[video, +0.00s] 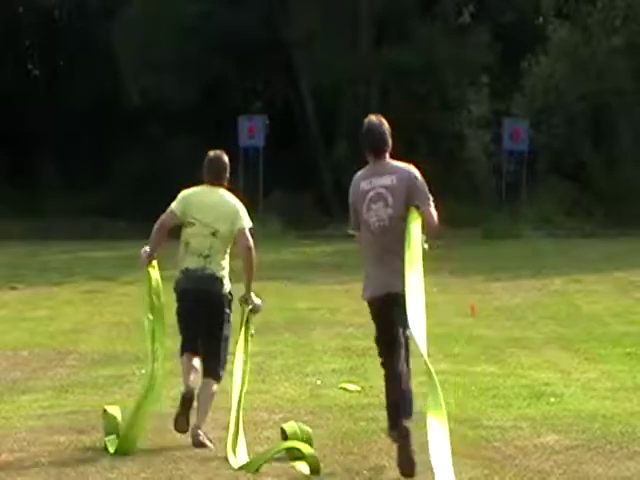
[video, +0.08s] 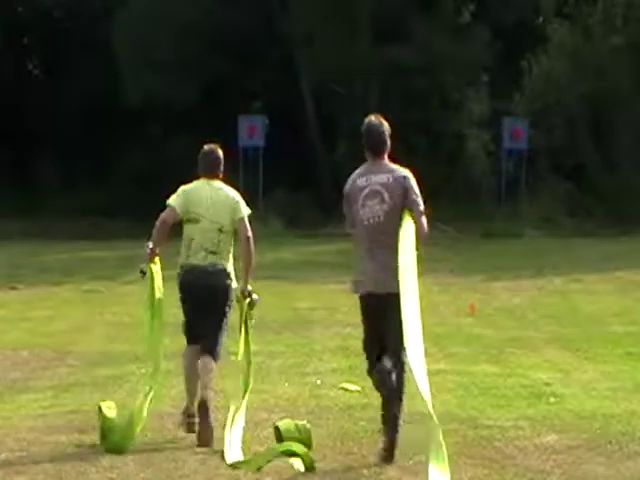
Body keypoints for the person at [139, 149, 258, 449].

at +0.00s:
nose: (220, 178)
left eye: (212, 171)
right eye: (225, 174)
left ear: (203, 173)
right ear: (227, 176)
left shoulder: (188, 196)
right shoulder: (235, 205)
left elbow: (162, 224)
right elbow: (247, 246)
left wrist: (151, 251)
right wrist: (248, 290)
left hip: (186, 280)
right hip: (216, 284)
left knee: (189, 344)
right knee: (213, 363)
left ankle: (189, 387)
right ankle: (198, 428)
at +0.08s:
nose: (215, 171)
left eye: (207, 166)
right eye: (220, 166)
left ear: (199, 168)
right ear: (222, 168)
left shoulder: (187, 192)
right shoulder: (234, 197)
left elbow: (164, 220)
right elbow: (246, 239)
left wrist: (153, 248)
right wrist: (246, 282)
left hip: (189, 273)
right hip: (220, 275)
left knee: (193, 343)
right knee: (209, 346)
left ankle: (190, 406)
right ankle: (205, 397)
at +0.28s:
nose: (230, 172)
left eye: (227, 167)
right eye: (230, 168)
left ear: (204, 169)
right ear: (226, 169)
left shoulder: (191, 192)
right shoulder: (233, 196)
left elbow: (168, 220)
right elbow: (244, 234)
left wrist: (157, 248)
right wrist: (247, 271)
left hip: (196, 272)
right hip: (224, 272)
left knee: (195, 342)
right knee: (220, 335)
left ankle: (196, 411)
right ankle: (216, 375)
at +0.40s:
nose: (242, 170)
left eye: (240, 164)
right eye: (241, 165)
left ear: (216, 164)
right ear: (236, 166)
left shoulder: (199, 185)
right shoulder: (239, 194)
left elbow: (174, 215)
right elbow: (247, 236)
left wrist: (164, 245)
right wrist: (250, 269)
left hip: (197, 256)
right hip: (226, 257)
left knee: (203, 320)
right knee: (226, 331)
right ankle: (228, 396)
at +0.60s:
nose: (239, 167)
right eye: (240, 163)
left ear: (217, 163)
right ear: (238, 164)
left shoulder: (206, 184)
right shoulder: (246, 191)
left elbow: (185, 210)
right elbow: (259, 237)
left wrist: (172, 235)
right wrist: (263, 273)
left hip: (209, 258)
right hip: (236, 259)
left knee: (216, 317)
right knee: (230, 324)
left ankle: (220, 376)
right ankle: (227, 381)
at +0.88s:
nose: (247, 170)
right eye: (247, 166)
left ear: (227, 165)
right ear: (248, 167)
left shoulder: (213, 186)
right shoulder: (253, 190)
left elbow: (192, 214)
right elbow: (270, 227)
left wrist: (184, 240)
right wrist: (282, 257)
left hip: (217, 254)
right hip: (244, 255)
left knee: (224, 320)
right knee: (242, 316)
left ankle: (229, 372)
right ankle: (244, 373)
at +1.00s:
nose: (253, 176)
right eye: (254, 172)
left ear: (233, 170)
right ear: (253, 172)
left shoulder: (220, 188)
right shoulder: (256, 194)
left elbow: (199, 215)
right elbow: (276, 230)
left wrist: (188, 241)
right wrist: (290, 254)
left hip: (217, 248)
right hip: (243, 251)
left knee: (222, 298)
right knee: (243, 320)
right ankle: (242, 376)